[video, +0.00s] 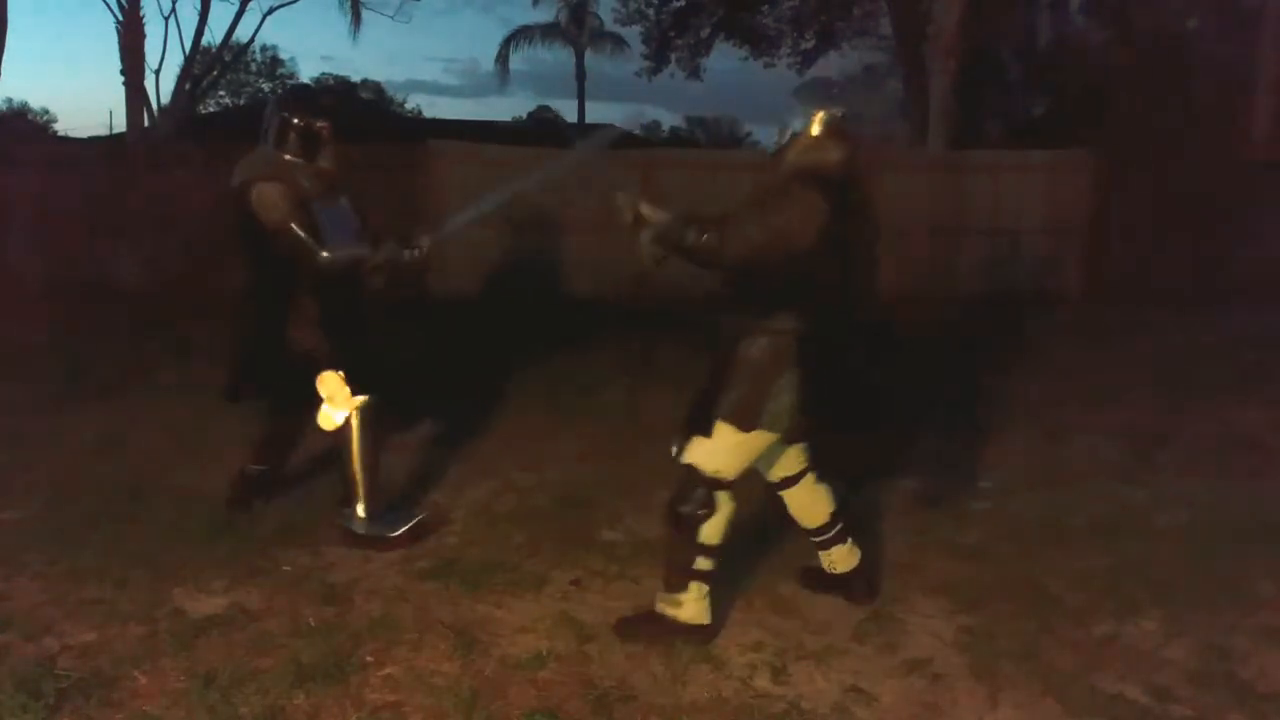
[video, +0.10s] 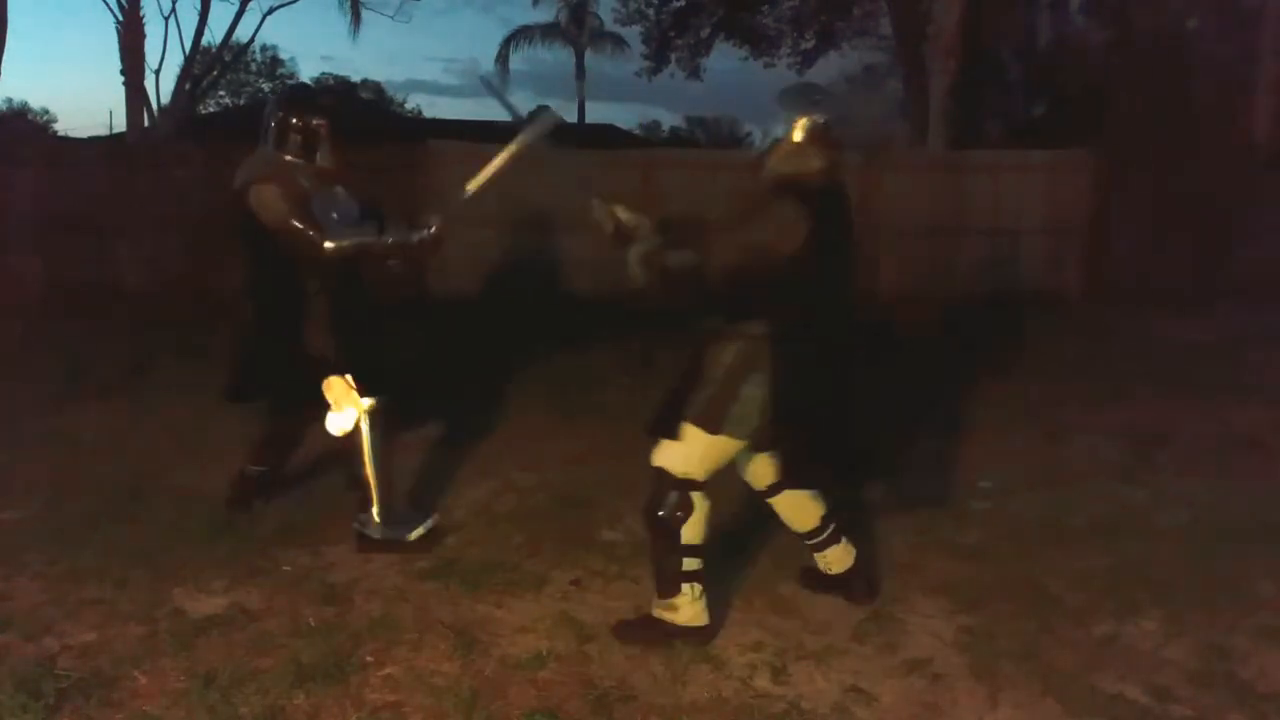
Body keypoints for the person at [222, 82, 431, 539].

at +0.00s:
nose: (323, 142)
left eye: (325, 132)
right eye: (313, 131)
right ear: (287, 129)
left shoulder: (314, 181)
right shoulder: (266, 183)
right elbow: (311, 261)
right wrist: (377, 257)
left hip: (325, 306)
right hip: (288, 313)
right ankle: (364, 508)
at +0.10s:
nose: (312, 136)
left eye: (317, 128)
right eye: (302, 127)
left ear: (321, 134)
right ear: (280, 129)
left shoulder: (317, 179)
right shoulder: (264, 182)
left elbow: (360, 226)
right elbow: (317, 247)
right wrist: (395, 241)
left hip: (338, 312)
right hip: (292, 317)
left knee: (363, 403)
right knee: (291, 410)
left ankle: (377, 511)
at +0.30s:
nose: (328, 138)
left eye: (332, 128)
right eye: (316, 127)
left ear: (338, 132)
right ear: (289, 130)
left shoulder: (345, 181)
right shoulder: (277, 183)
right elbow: (335, 236)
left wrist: (446, 203)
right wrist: (418, 212)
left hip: (358, 313)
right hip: (306, 318)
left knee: (380, 408)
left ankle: (382, 518)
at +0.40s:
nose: (331, 128)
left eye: (338, 117)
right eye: (319, 117)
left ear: (348, 122)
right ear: (297, 123)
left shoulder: (351, 171)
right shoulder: (290, 181)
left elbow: (399, 191)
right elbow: (361, 223)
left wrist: (462, 180)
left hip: (361, 305)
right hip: (317, 310)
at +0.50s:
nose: (332, 128)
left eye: (341, 117)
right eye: (321, 117)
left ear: (353, 122)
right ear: (301, 121)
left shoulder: (360, 168)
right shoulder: (294, 169)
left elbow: (402, 199)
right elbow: (364, 218)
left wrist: (457, 169)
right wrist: (446, 173)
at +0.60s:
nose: (341, 130)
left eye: (348, 120)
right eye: (327, 119)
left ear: (358, 126)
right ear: (305, 123)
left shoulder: (353, 174)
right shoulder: (299, 171)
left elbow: (393, 208)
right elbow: (369, 218)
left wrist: (453, 157)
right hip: (325, 321)